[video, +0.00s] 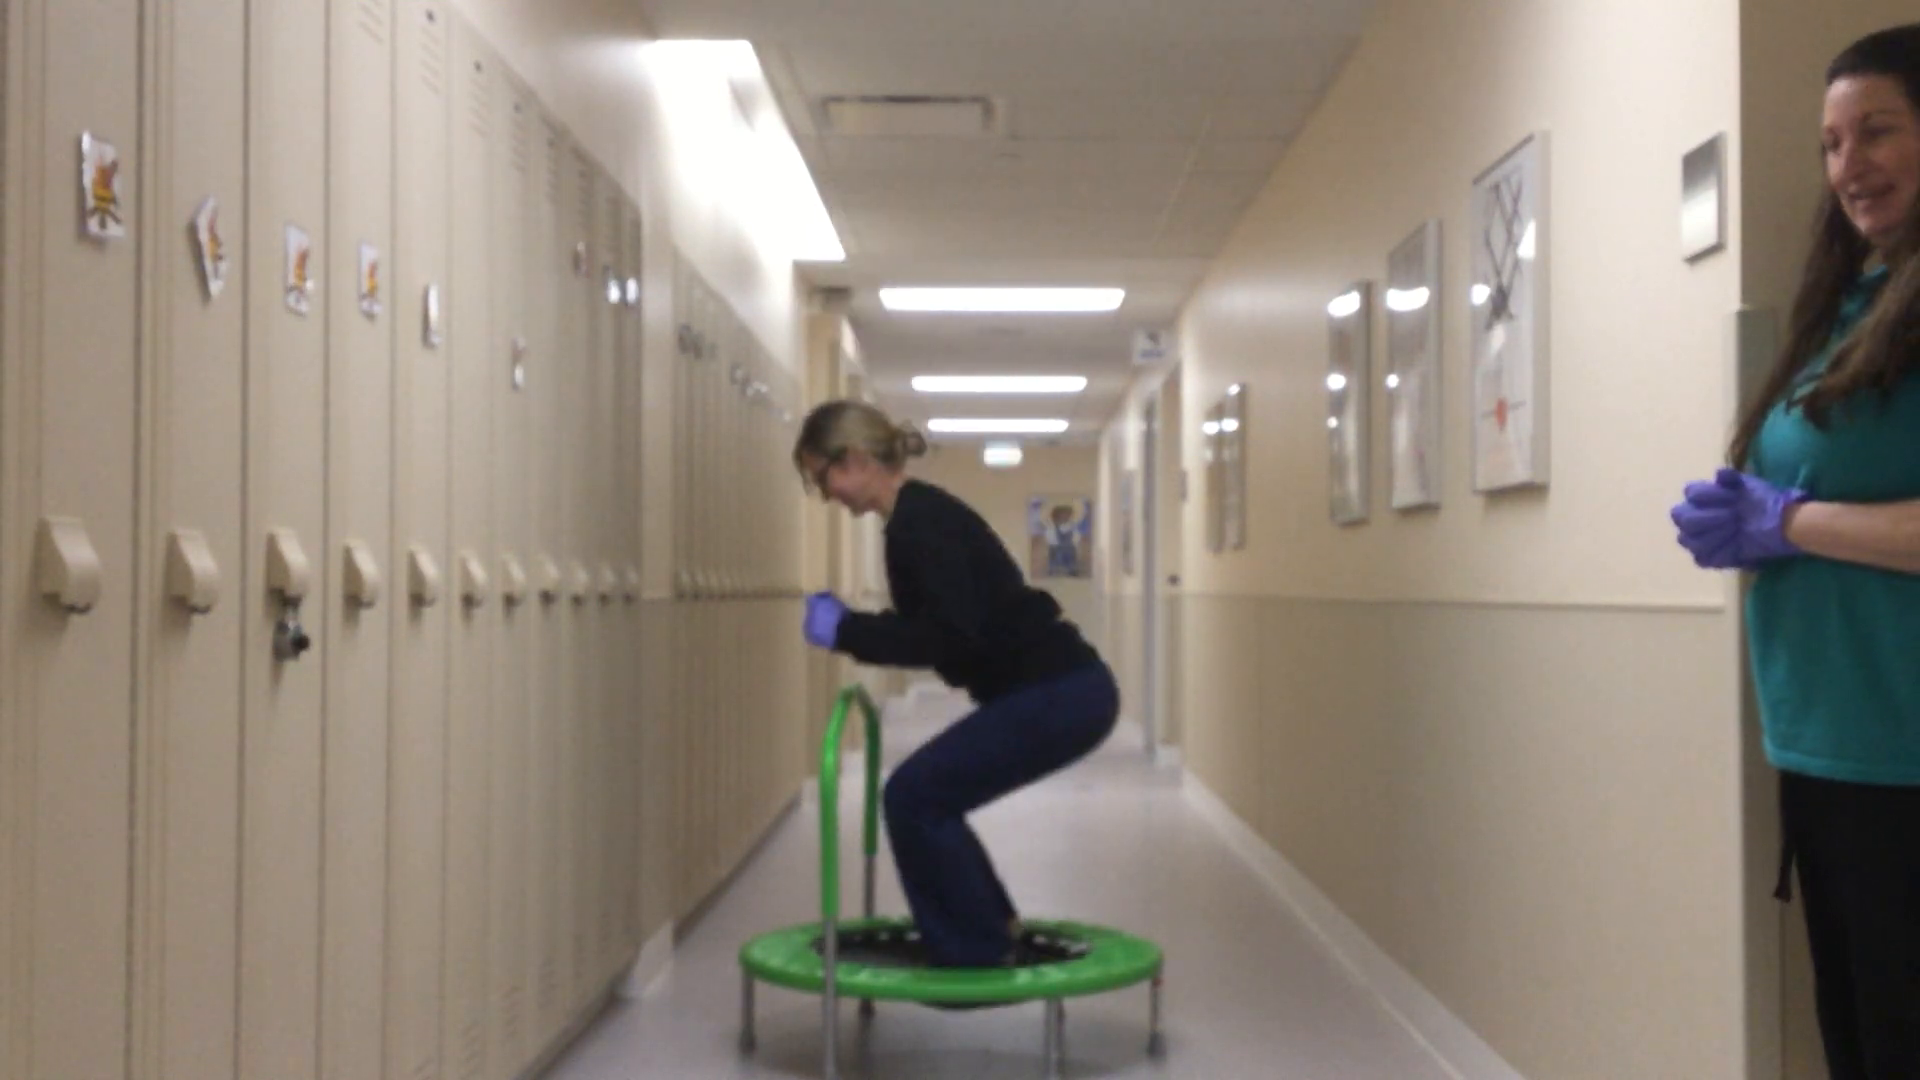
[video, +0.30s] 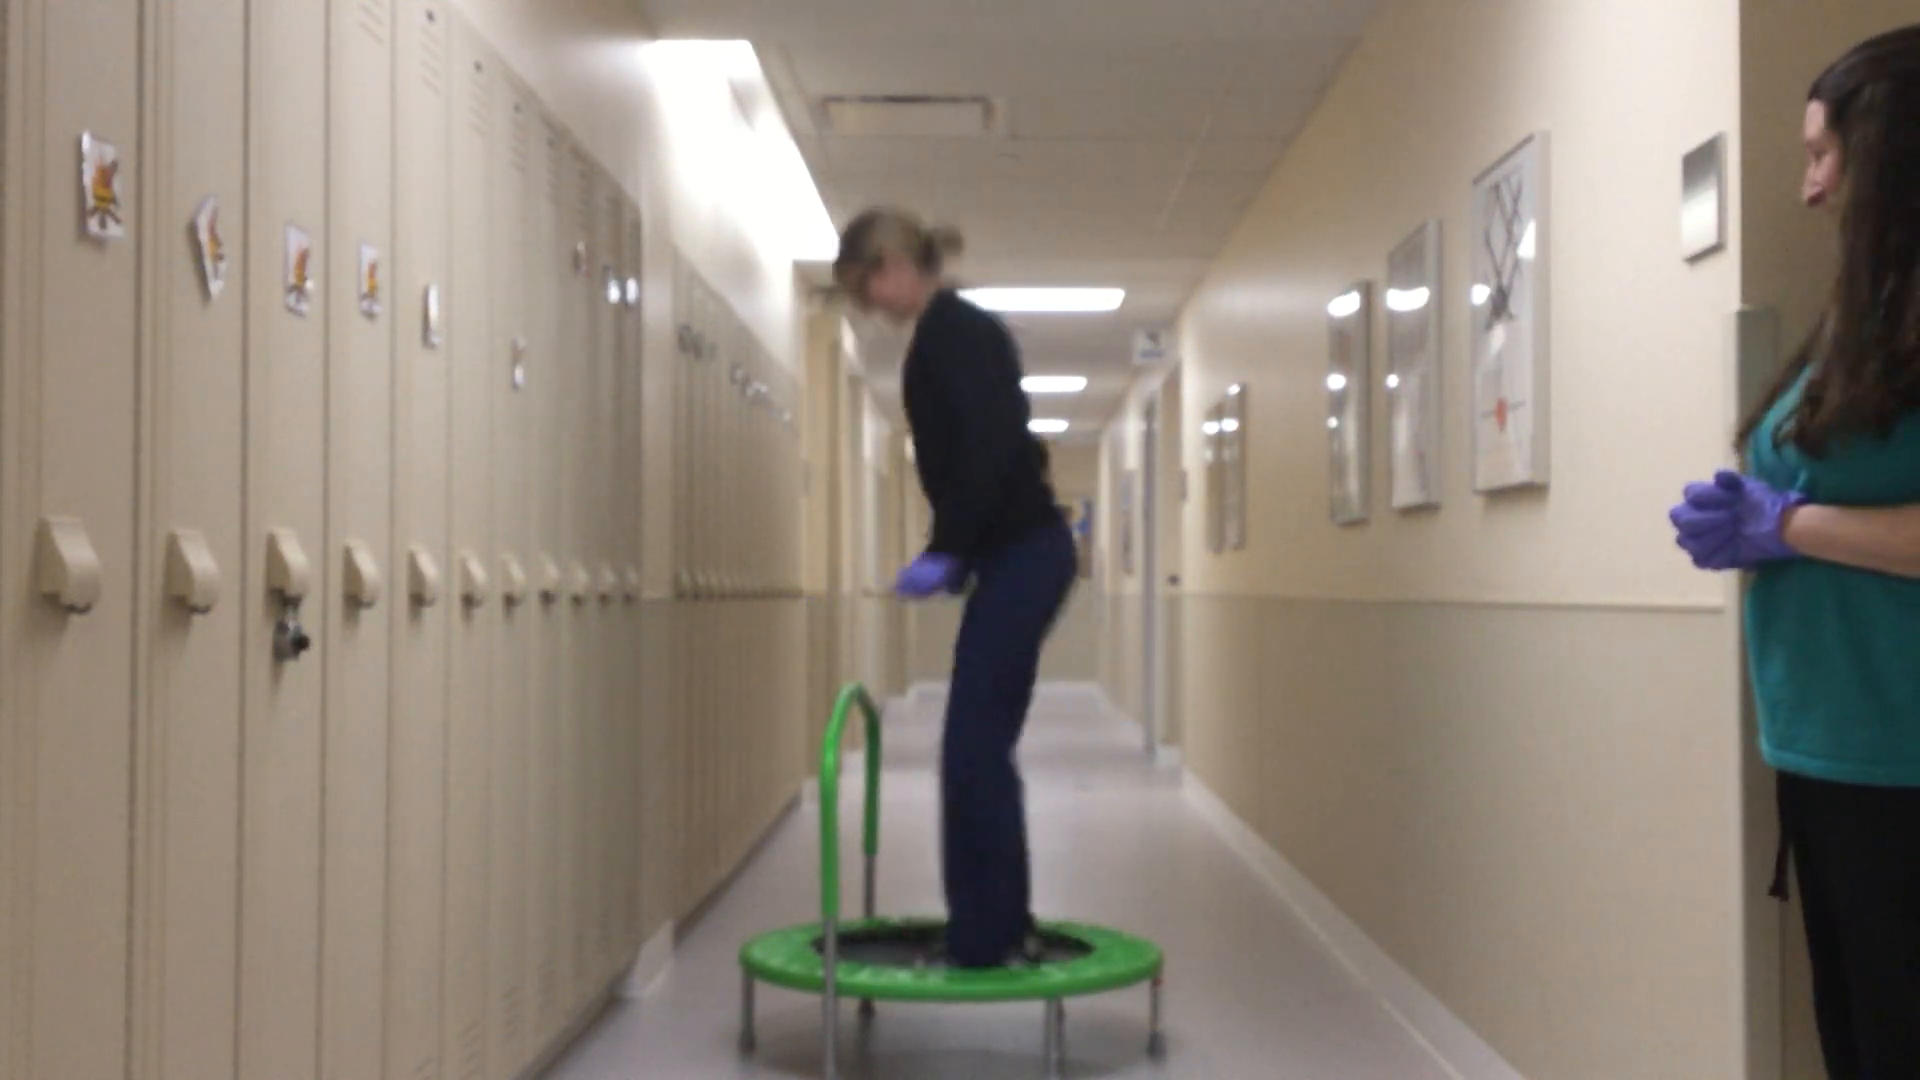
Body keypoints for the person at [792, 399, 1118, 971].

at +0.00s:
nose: (827, 492)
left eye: (826, 474)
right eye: (819, 481)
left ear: (859, 456)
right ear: (864, 459)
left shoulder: (922, 519)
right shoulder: (913, 519)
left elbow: (939, 637)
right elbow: (931, 633)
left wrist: (848, 630)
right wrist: (851, 628)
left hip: (1063, 695)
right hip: (1058, 692)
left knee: (913, 796)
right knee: (918, 793)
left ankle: (972, 950)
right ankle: (990, 929)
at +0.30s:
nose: (867, 297)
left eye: (870, 278)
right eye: (860, 285)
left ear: (904, 260)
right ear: (894, 272)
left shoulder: (956, 332)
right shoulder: (945, 335)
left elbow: (985, 448)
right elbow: (967, 453)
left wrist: (950, 550)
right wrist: (946, 549)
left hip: (1024, 555)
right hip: (1013, 554)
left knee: (975, 742)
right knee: (976, 742)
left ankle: (984, 934)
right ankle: (992, 925)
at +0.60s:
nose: (889, 276)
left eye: (886, 258)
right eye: (882, 265)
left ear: (915, 232)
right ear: (916, 238)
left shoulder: (981, 291)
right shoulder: (969, 297)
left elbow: (1012, 400)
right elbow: (994, 405)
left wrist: (1012, 505)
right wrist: (985, 506)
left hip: (1026, 516)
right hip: (1020, 515)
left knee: (991, 698)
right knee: (995, 697)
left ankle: (1010, 899)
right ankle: (1014, 887)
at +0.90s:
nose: (861, 473)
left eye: (862, 456)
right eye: (856, 461)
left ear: (893, 444)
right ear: (900, 447)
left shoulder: (953, 506)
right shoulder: (945, 506)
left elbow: (968, 627)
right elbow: (964, 624)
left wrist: (868, 634)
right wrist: (873, 631)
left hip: (1088, 688)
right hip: (1076, 684)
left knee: (950, 792)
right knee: (946, 789)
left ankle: (1016, 939)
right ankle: (991, 935)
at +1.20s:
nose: (874, 287)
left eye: (873, 268)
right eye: (866, 276)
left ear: (902, 244)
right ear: (894, 255)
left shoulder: (967, 310)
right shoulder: (954, 314)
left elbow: (1012, 426)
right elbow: (996, 428)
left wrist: (972, 522)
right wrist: (968, 526)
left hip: (1036, 531)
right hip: (1025, 532)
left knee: (991, 721)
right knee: (991, 720)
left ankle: (1005, 919)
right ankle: (1001, 914)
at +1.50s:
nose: (868, 265)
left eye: (865, 247)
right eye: (860, 254)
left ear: (894, 222)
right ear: (893, 226)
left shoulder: (966, 275)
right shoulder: (955, 282)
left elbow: (1013, 387)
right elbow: (996, 390)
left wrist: (1004, 495)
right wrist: (988, 496)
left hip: (1032, 497)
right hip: (1023, 498)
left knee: (997, 684)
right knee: (997, 683)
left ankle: (993, 872)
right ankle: (1003, 861)